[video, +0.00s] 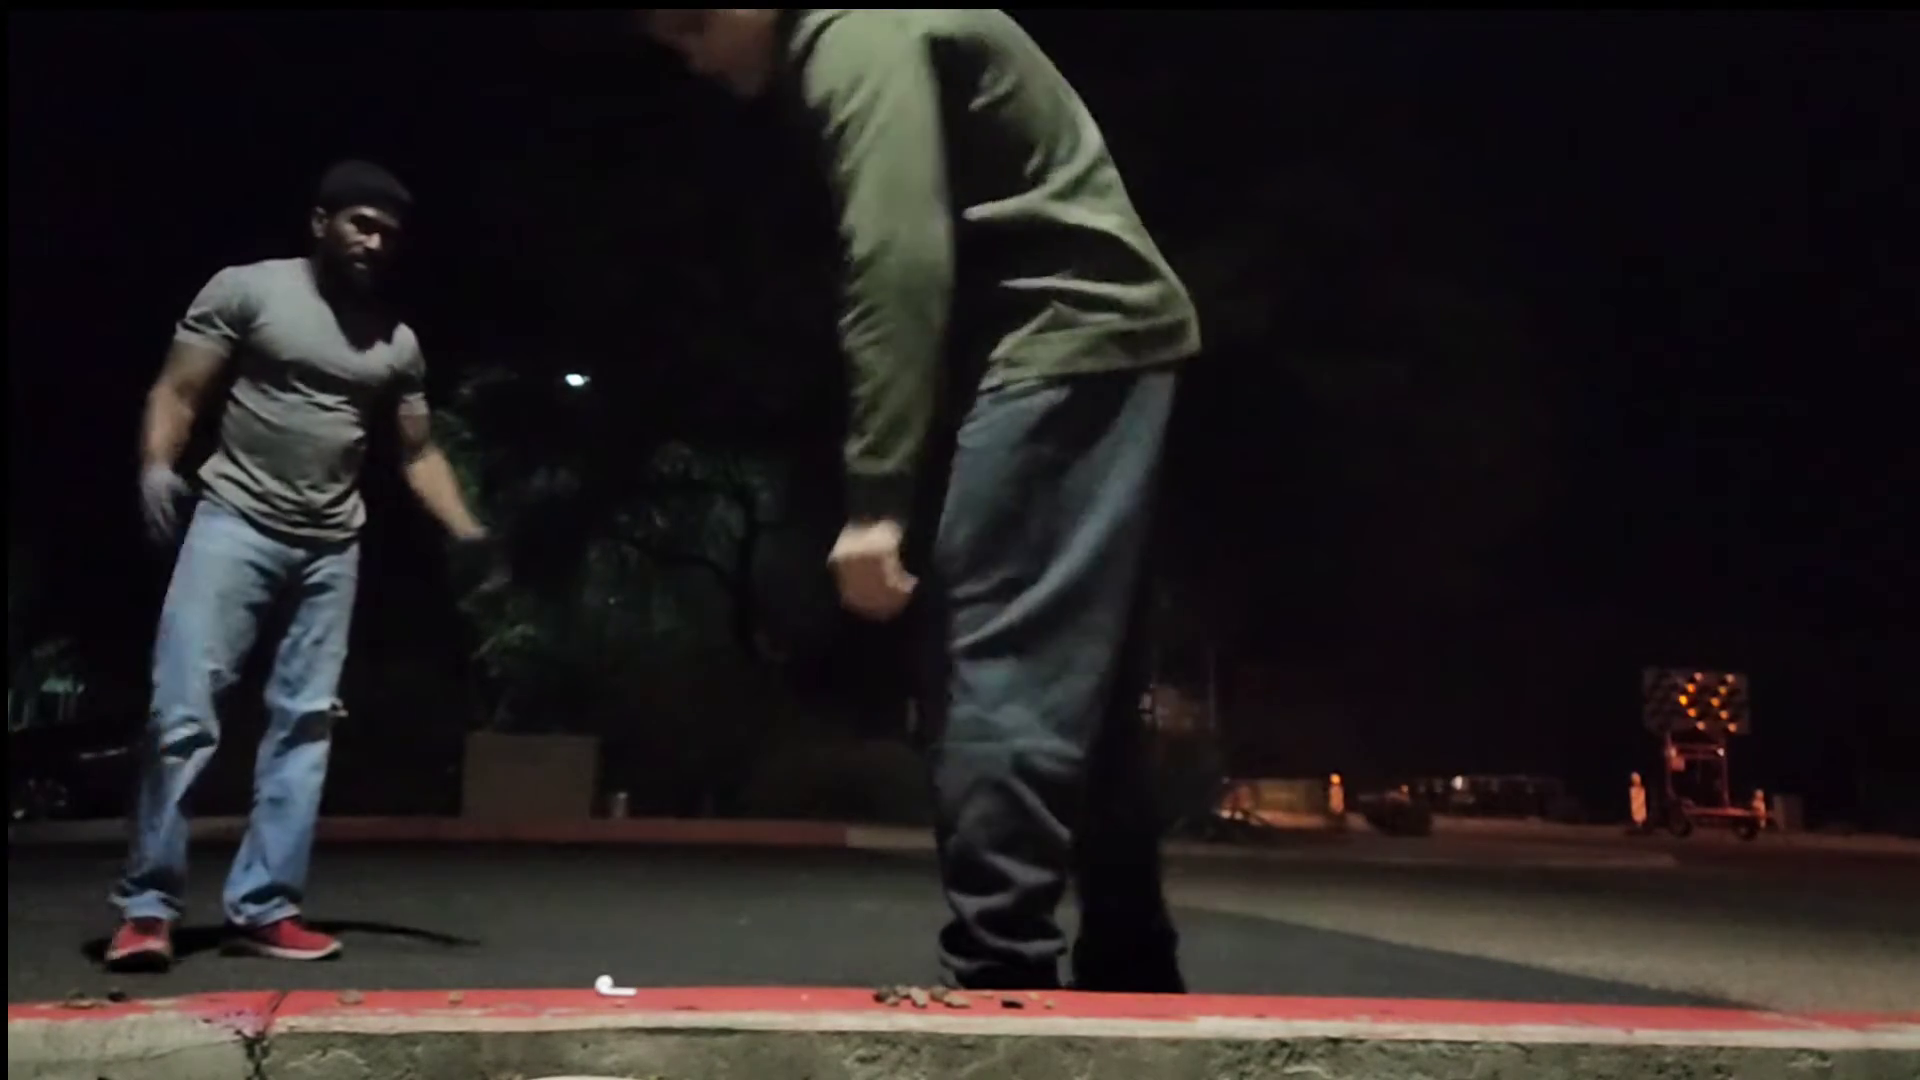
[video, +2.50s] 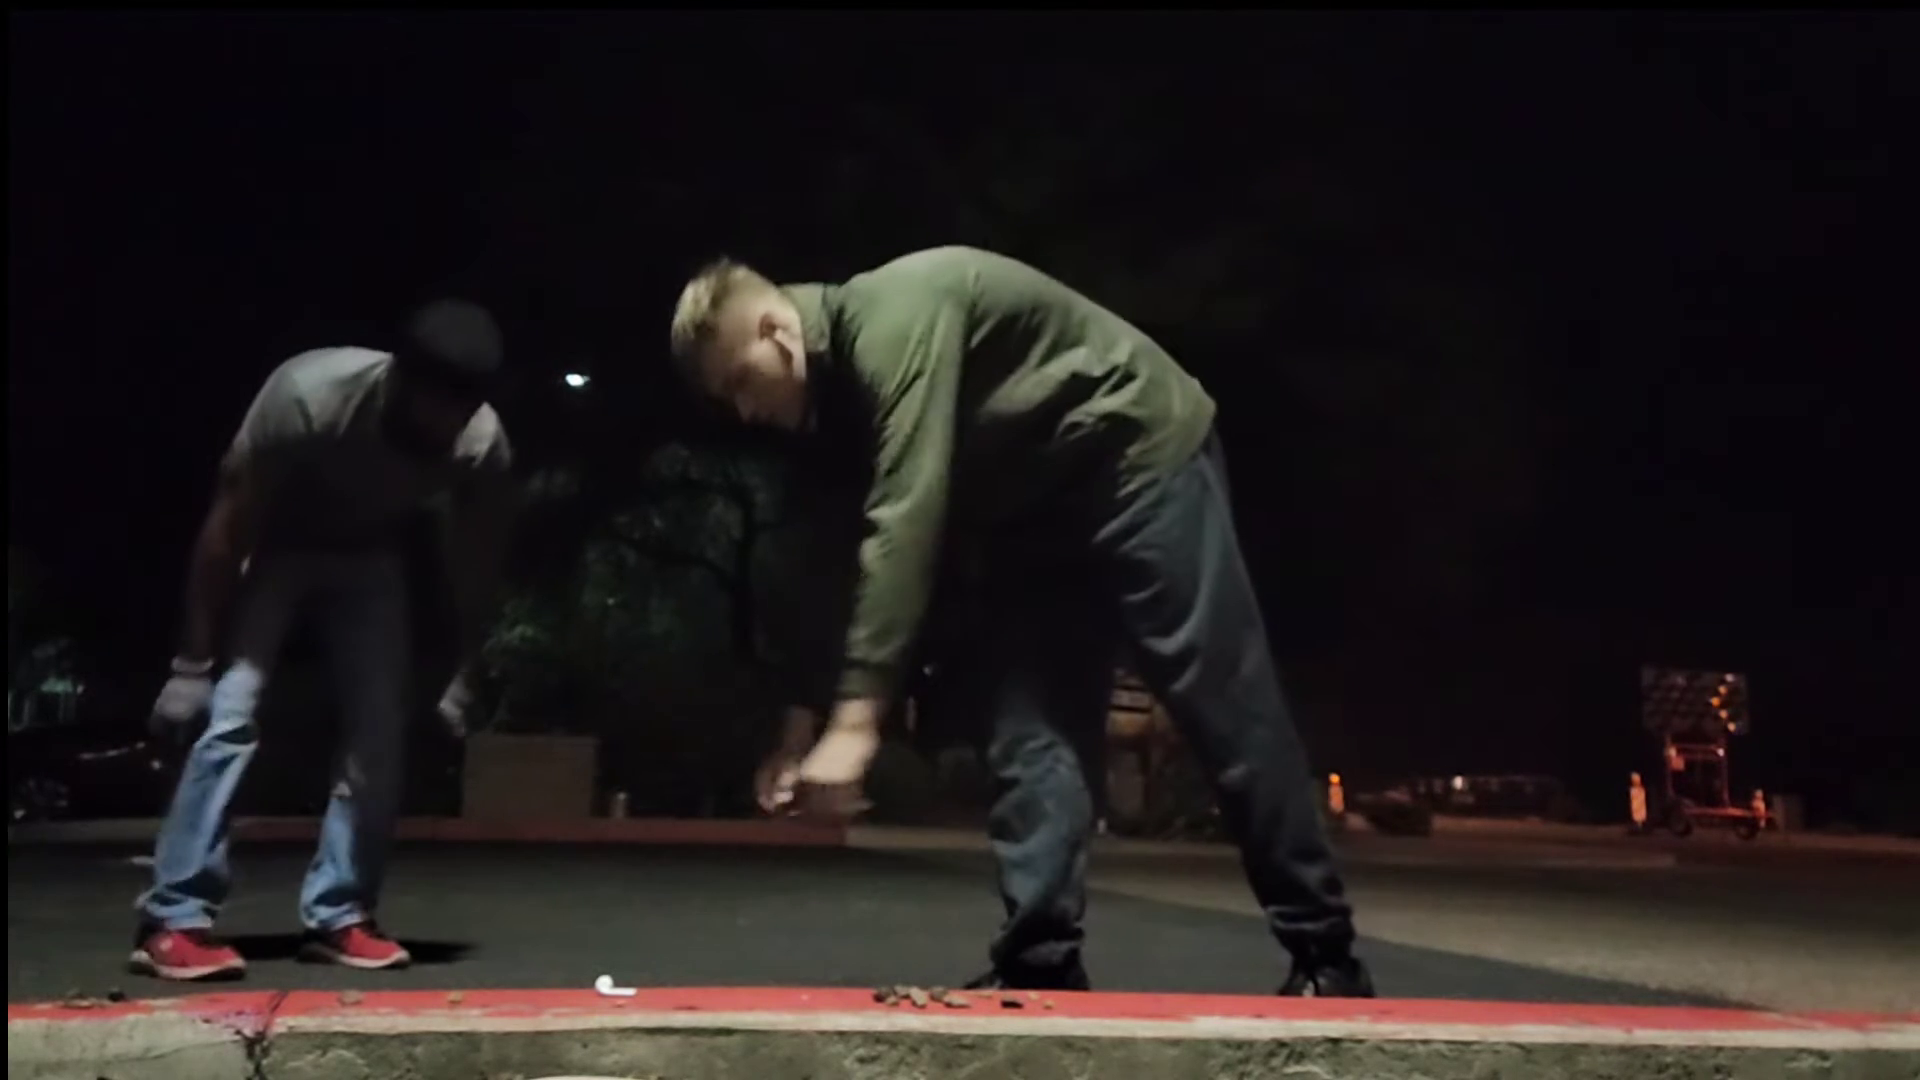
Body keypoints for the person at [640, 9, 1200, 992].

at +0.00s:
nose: (695, 66)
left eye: (687, 38)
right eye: (680, 49)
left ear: (738, 5)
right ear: (737, 15)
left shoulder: (861, 36)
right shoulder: (858, 38)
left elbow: (901, 257)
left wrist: (875, 501)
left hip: (1069, 339)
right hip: (1105, 335)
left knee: (998, 648)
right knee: (1071, 664)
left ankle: (1000, 967)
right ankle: (1130, 974)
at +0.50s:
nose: (898, 33)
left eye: (905, 15)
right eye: (895, 22)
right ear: (943, 21)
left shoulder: (1070, 30)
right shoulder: (1003, 79)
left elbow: (1135, 208)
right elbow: (1039, 272)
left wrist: (1103, 386)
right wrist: (1032, 427)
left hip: (1155, 389)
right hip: (1088, 405)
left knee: (1133, 674)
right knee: (1090, 681)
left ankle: (1179, 966)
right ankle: (1119, 968)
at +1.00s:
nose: (1021, 22)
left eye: (1030, 9)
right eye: (1019, 16)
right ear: (1057, 24)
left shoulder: (1199, 34)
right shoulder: (1105, 96)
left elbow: (1356, 112)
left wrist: (1300, 211)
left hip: (1226, 438)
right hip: (1117, 452)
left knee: (1265, 710)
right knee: (1108, 712)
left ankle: (1341, 965)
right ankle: (1129, 971)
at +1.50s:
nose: (1080, 43)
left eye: (1089, 22)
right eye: (1075, 29)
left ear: (1144, 10)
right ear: (1119, 28)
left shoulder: (1272, 91)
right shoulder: (1145, 137)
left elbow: (1302, 281)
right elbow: (1169, 338)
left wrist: (1179, 407)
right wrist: (1085, 446)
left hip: (1285, 472)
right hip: (1166, 478)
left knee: (1316, 724)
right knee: (1122, 696)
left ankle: (1346, 963)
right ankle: (1112, 947)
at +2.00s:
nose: (833, 206)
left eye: (833, 176)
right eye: (821, 189)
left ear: (883, 133)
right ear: (874, 148)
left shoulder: (1036, 175)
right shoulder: (929, 258)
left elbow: (1099, 363)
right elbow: (994, 432)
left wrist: (1082, 546)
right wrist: (992, 579)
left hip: (1198, 472)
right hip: (1091, 498)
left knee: (1267, 715)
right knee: (1073, 735)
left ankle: (1335, 959)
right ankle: (1047, 960)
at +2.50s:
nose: (751, 413)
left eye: (744, 389)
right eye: (733, 403)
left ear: (774, 328)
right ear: (775, 329)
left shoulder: (901, 315)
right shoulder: (834, 380)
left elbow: (906, 517)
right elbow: (831, 565)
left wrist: (855, 723)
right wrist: (811, 729)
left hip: (1143, 452)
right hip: (1034, 506)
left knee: (1220, 698)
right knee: (1034, 724)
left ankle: (1326, 958)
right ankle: (1041, 963)